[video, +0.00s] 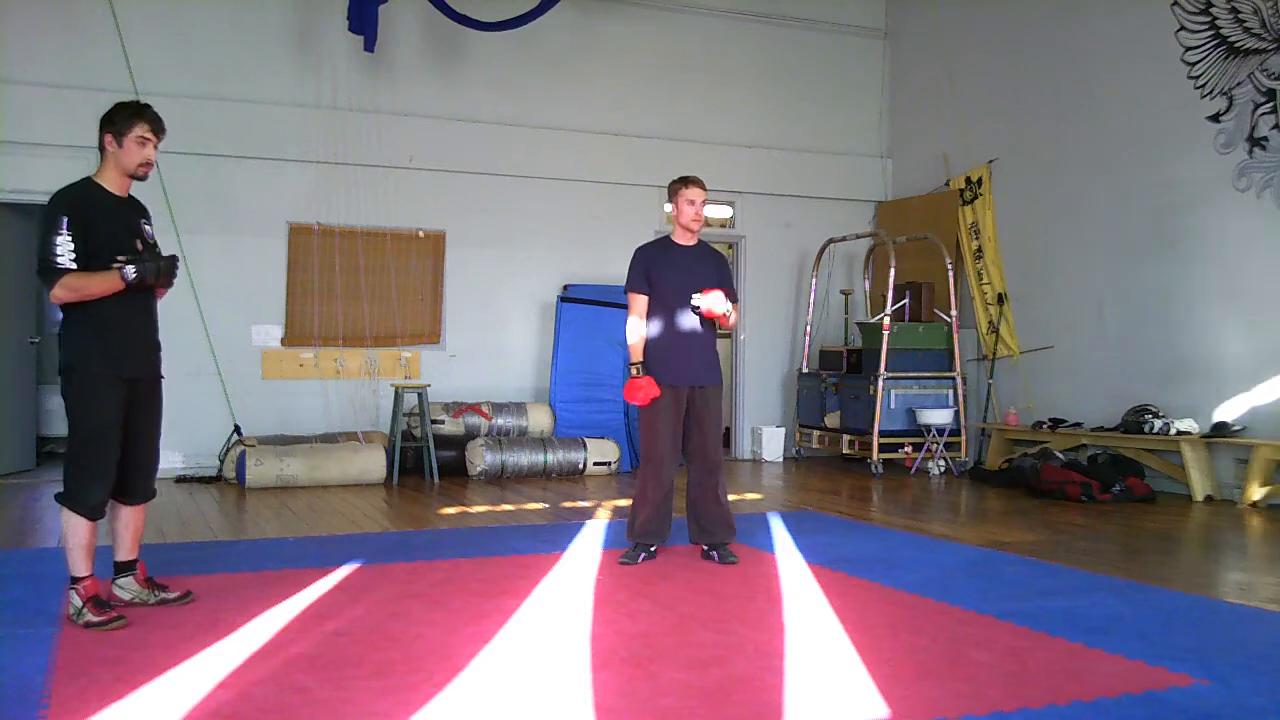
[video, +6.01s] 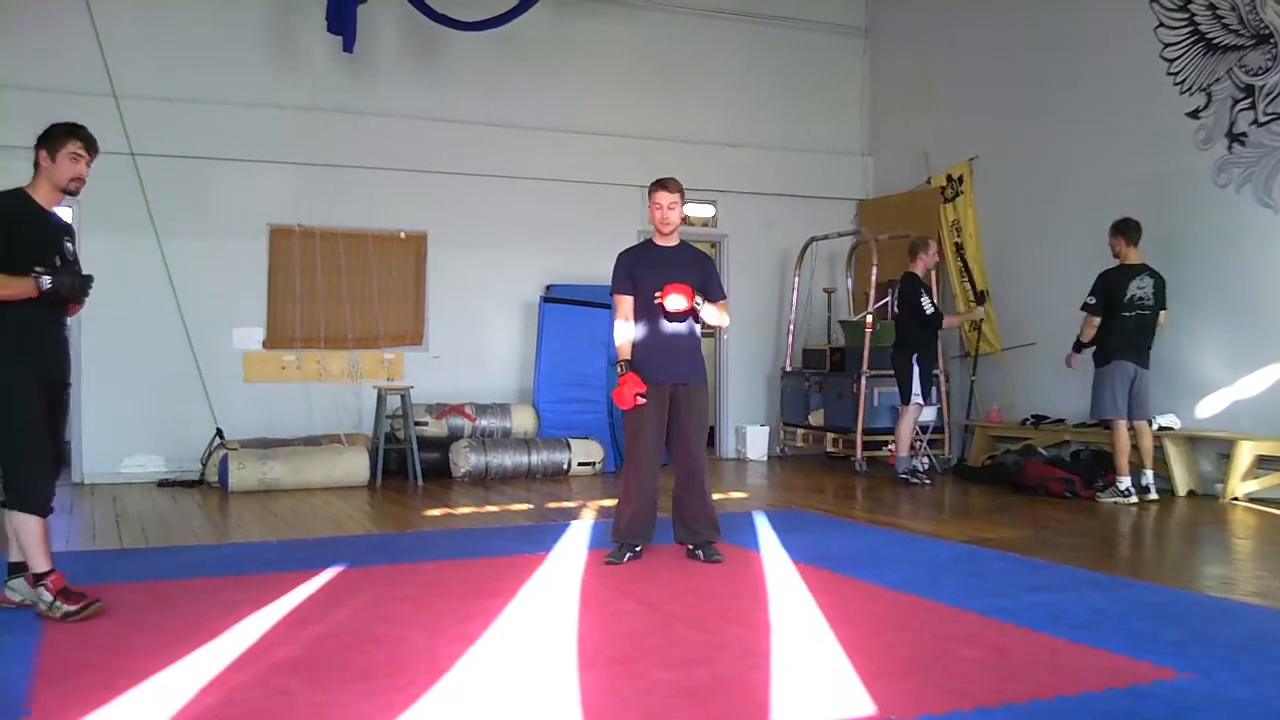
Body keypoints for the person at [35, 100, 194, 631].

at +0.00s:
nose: (152, 154)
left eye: (156, 145)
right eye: (143, 142)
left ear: (150, 150)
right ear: (110, 140)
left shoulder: (139, 213)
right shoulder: (69, 203)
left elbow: (145, 294)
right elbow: (60, 289)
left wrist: (161, 279)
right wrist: (131, 273)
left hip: (142, 364)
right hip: (92, 365)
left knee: (135, 471)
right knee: (88, 474)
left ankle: (128, 580)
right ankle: (81, 593)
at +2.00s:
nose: (167, 156)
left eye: (171, 148)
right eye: (159, 145)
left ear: (167, 154)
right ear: (127, 144)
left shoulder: (155, 218)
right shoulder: (87, 200)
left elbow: (164, 299)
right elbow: (74, 282)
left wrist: (177, 278)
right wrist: (143, 273)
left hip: (152, 364)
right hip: (104, 363)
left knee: (142, 471)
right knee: (99, 472)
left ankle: (135, 579)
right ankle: (90, 591)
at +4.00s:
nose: (107, 145)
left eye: (108, 136)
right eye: (99, 134)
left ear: (76, 139)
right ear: (65, 135)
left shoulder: (72, 200)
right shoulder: (37, 193)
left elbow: (77, 271)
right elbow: (59, 274)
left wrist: (115, 253)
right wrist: (116, 249)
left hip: (90, 361)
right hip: (53, 362)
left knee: (81, 468)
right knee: (42, 469)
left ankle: (70, 577)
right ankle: (24, 590)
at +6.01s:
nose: (82, 170)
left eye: (87, 163)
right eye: (75, 158)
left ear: (84, 170)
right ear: (43, 157)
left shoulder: (62, 227)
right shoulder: (6, 207)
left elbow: (65, 307)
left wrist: (73, 294)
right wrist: (43, 284)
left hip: (49, 365)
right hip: (11, 363)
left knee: (30, 465)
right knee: (30, 464)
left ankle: (18, 575)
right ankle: (46, 585)